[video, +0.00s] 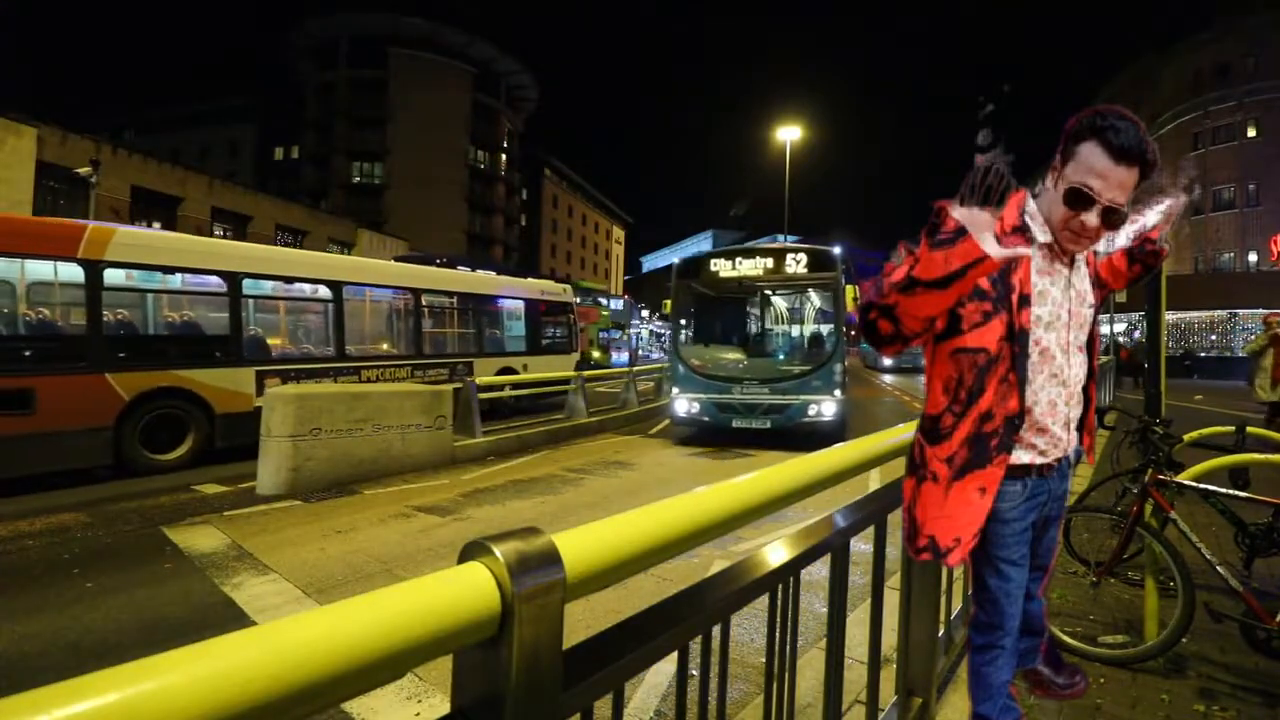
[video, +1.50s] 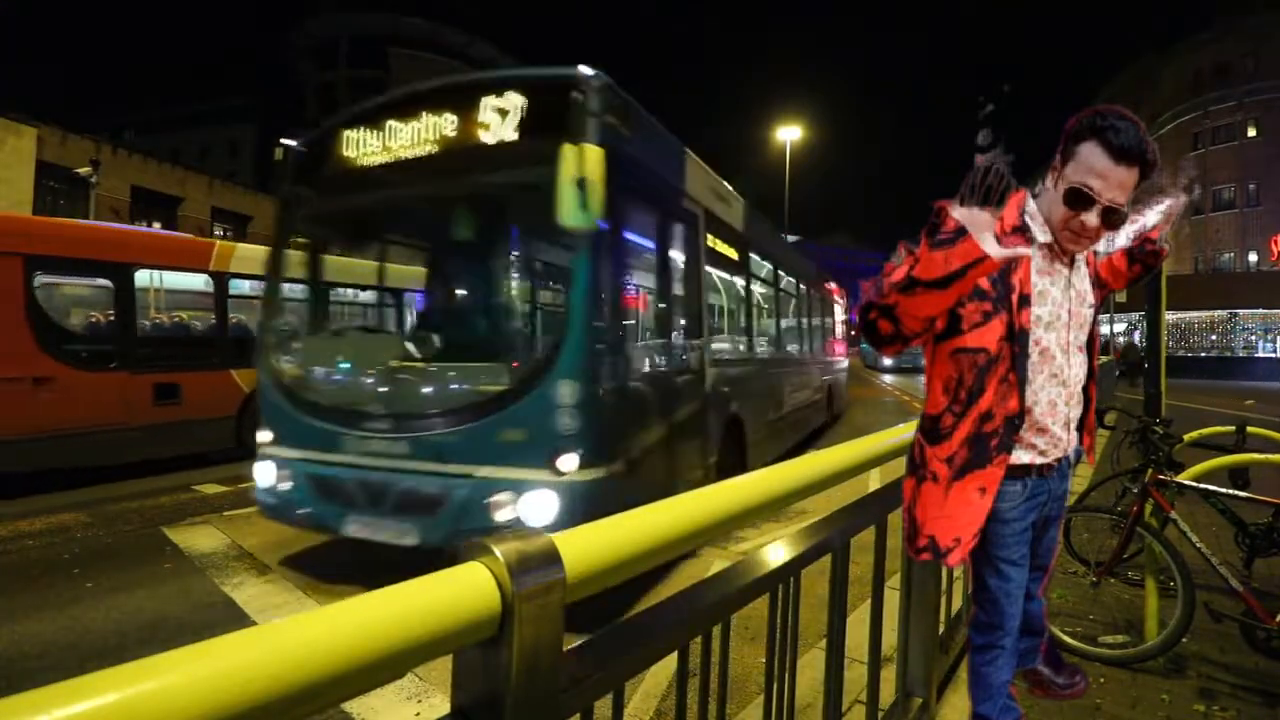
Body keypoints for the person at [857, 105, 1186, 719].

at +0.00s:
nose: (1089, 222)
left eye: (1110, 211)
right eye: (1079, 198)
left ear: (1123, 211)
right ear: (1052, 172)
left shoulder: (1085, 264)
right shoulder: (985, 242)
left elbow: (1114, 271)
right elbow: (883, 328)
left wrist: (1152, 241)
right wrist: (962, 246)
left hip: (1057, 467)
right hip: (1000, 475)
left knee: (1034, 582)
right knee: (1000, 611)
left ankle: (1027, 660)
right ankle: (993, 709)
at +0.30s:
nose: (1089, 222)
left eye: (1110, 212)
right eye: (1079, 198)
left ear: (1123, 211)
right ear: (1052, 172)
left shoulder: (1085, 264)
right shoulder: (985, 242)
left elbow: (1115, 271)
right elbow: (883, 327)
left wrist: (1152, 241)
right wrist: (962, 246)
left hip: (1057, 467)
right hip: (1000, 475)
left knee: (1034, 582)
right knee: (1000, 611)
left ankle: (1027, 660)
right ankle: (993, 709)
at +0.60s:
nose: (1089, 222)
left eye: (1110, 211)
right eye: (1079, 198)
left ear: (1123, 211)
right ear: (1052, 172)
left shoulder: (1085, 264)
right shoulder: (985, 242)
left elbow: (1114, 271)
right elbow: (883, 328)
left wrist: (1152, 240)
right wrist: (962, 246)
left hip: (1057, 467)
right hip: (1000, 475)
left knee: (1034, 582)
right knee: (1000, 611)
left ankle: (1027, 659)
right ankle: (993, 709)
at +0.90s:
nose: (1089, 222)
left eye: (1109, 211)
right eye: (1079, 198)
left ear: (1123, 211)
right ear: (1052, 172)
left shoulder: (1085, 264)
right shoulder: (985, 242)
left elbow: (1117, 270)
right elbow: (882, 328)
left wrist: (1153, 239)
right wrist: (962, 246)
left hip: (1057, 467)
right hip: (1000, 475)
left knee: (1034, 582)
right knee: (1000, 610)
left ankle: (1027, 659)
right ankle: (993, 709)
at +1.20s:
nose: (1089, 222)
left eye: (1110, 212)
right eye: (1079, 198)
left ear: (1123, 211)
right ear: (1052, 172)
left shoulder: (1085, 265)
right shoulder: (985, 242)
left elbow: (1117, 270)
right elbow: (883, 328)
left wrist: (1153, 240)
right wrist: (962, 246)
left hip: (1057, 467)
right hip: (1000, 475)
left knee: (1034, 582)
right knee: (1000, 610)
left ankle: (1027, 659)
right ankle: (993, 709)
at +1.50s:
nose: (1089, 222)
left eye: (1110, 211)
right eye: (1079, 198)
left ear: (1123, 211)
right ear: (1052, 172)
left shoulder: (1085, 265)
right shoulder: (985, 242)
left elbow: (1116, 271)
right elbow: (884, 328)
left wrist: (1152, 240)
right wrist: (962, 246)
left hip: (1057, 467)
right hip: (1000, 475)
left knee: (1034, 582)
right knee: (1000, 611)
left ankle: (1027, 659)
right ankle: (993, 709)